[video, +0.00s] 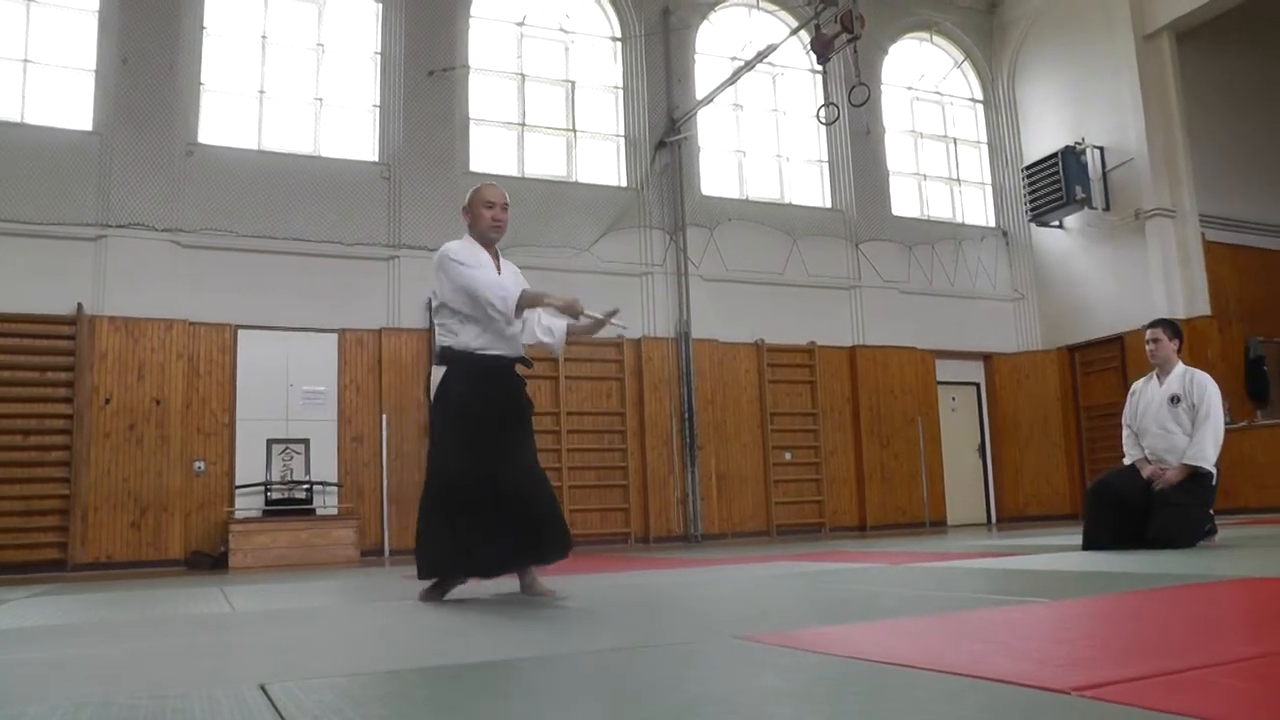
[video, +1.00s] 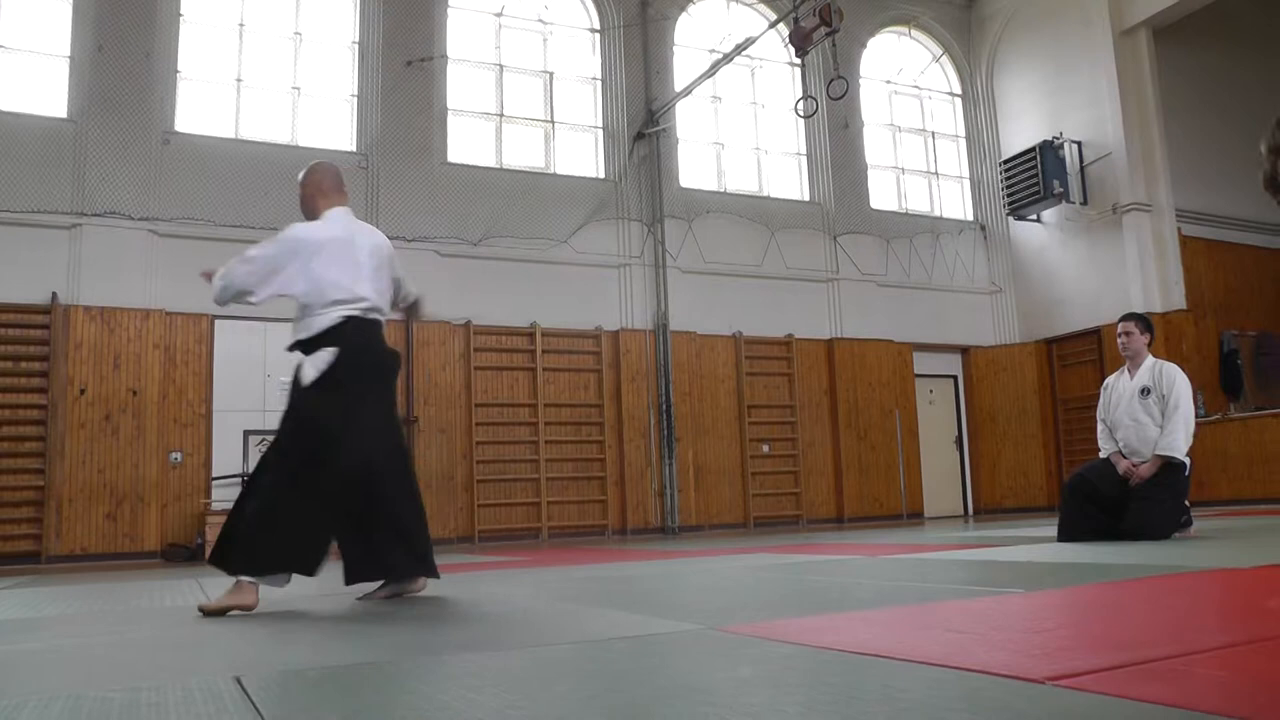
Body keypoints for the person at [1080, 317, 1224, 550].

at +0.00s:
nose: (1150, 348)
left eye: (1156, 341)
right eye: (1147, 342)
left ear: (1175, 344)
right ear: (1144, 347)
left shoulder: (1199, 382)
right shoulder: (1138, 389)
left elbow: (1209, 432)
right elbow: (1128, 432)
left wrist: (1181, 471)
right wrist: (1143, 465)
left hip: (1190, 476)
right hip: (1146, 473)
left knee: (1164, 538)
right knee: (1101, 493)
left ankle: (1204, 522)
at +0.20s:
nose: (1144, 343)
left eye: (1151, 337)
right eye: (1142, 338)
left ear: (1170, 341)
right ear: (1139, 344)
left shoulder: (1192, 380)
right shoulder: (1130, 385)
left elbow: (1201, 429)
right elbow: (1120, 428)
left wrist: (1172, 468)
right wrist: (1135, 463)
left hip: (1181, 472)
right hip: (1137, 469)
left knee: (1156, 534)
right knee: (1094, 490)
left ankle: (1196, 518)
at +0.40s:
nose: (1136, 339)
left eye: (1142, 334)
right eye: (1133, 335)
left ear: (1161, 338)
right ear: (1131, 340)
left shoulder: (1182, 376)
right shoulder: (1122, 382)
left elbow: (1192, 425)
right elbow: (1112, 425)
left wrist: (1163, 465)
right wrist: (1127, 460)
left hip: (1173, 468)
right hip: (1130, 466)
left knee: (1147, 530)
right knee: (1086, 488)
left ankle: (1188, 514)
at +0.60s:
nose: (1129, 337)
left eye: (1135, 331)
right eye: (1126, 332)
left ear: (1154, 336)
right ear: (1124, 337)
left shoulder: (1176, 373)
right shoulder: (1116, 381)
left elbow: (1186, 423)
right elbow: (1107, 425)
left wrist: (1157, 463)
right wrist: (1122, 458)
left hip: (1168, 466)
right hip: (1125, 464)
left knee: (1143, 528)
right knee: (1081, 485)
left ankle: (1184, 512)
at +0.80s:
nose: (1125, 339)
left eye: (1131, 333)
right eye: (1122, 334)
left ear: (1149, 337)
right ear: (1119, 339)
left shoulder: (1172, 374)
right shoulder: (1112, 383)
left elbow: (1182, 425)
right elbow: (1104, 428)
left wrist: (1153, 465)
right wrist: (1119, 459)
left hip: (1165, 468)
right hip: (1122, 466)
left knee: (1141, 530)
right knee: (1080, 485)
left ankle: (1182, 513)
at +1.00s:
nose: (1122, 340)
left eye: (1128, 334)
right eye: (1119, 336)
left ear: (1146, 338)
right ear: (1116, 340)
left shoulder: (1168, 374)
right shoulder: (1110, 384)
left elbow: (1180, 424)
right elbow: (1103, 429)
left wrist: (1152, 465)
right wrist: (1118, 461)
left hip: (1163, 467)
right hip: (1120, 466)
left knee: (1141, 530)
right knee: (1077, 487)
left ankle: (1180, 513)